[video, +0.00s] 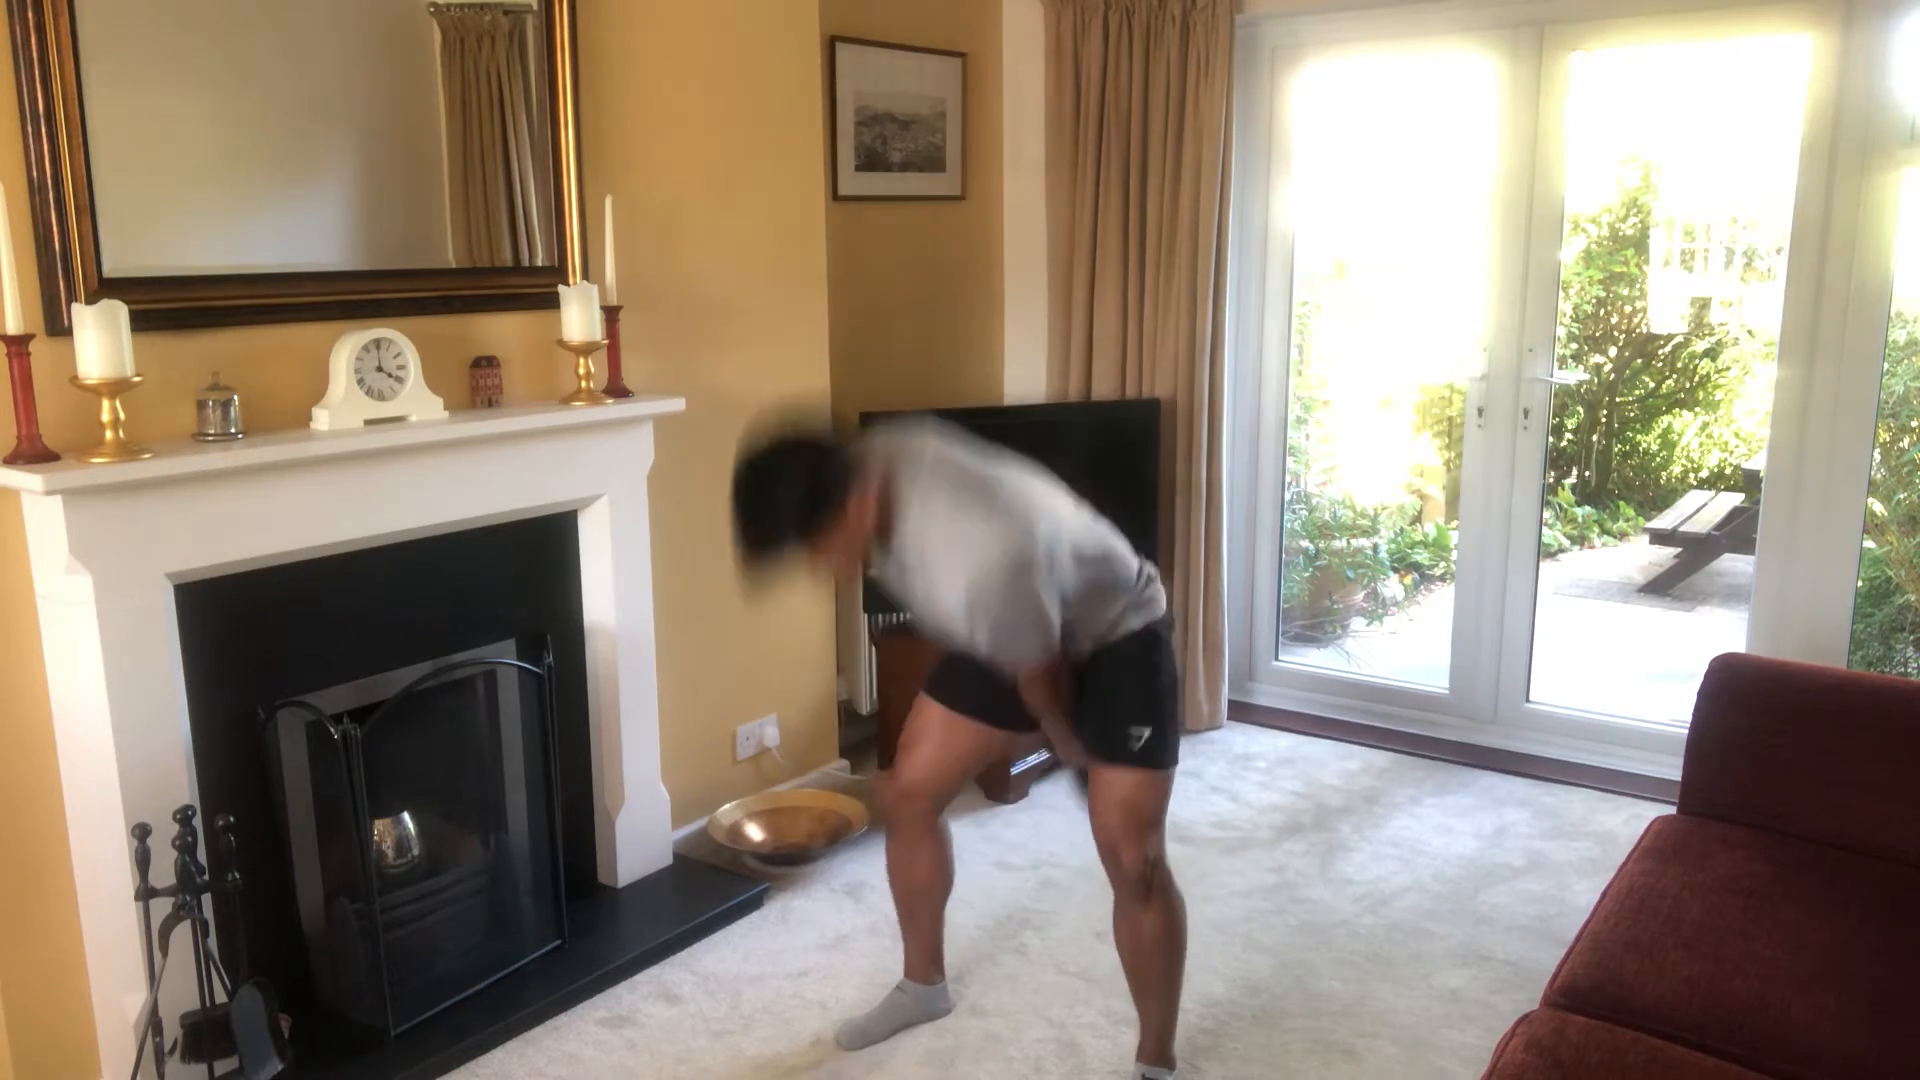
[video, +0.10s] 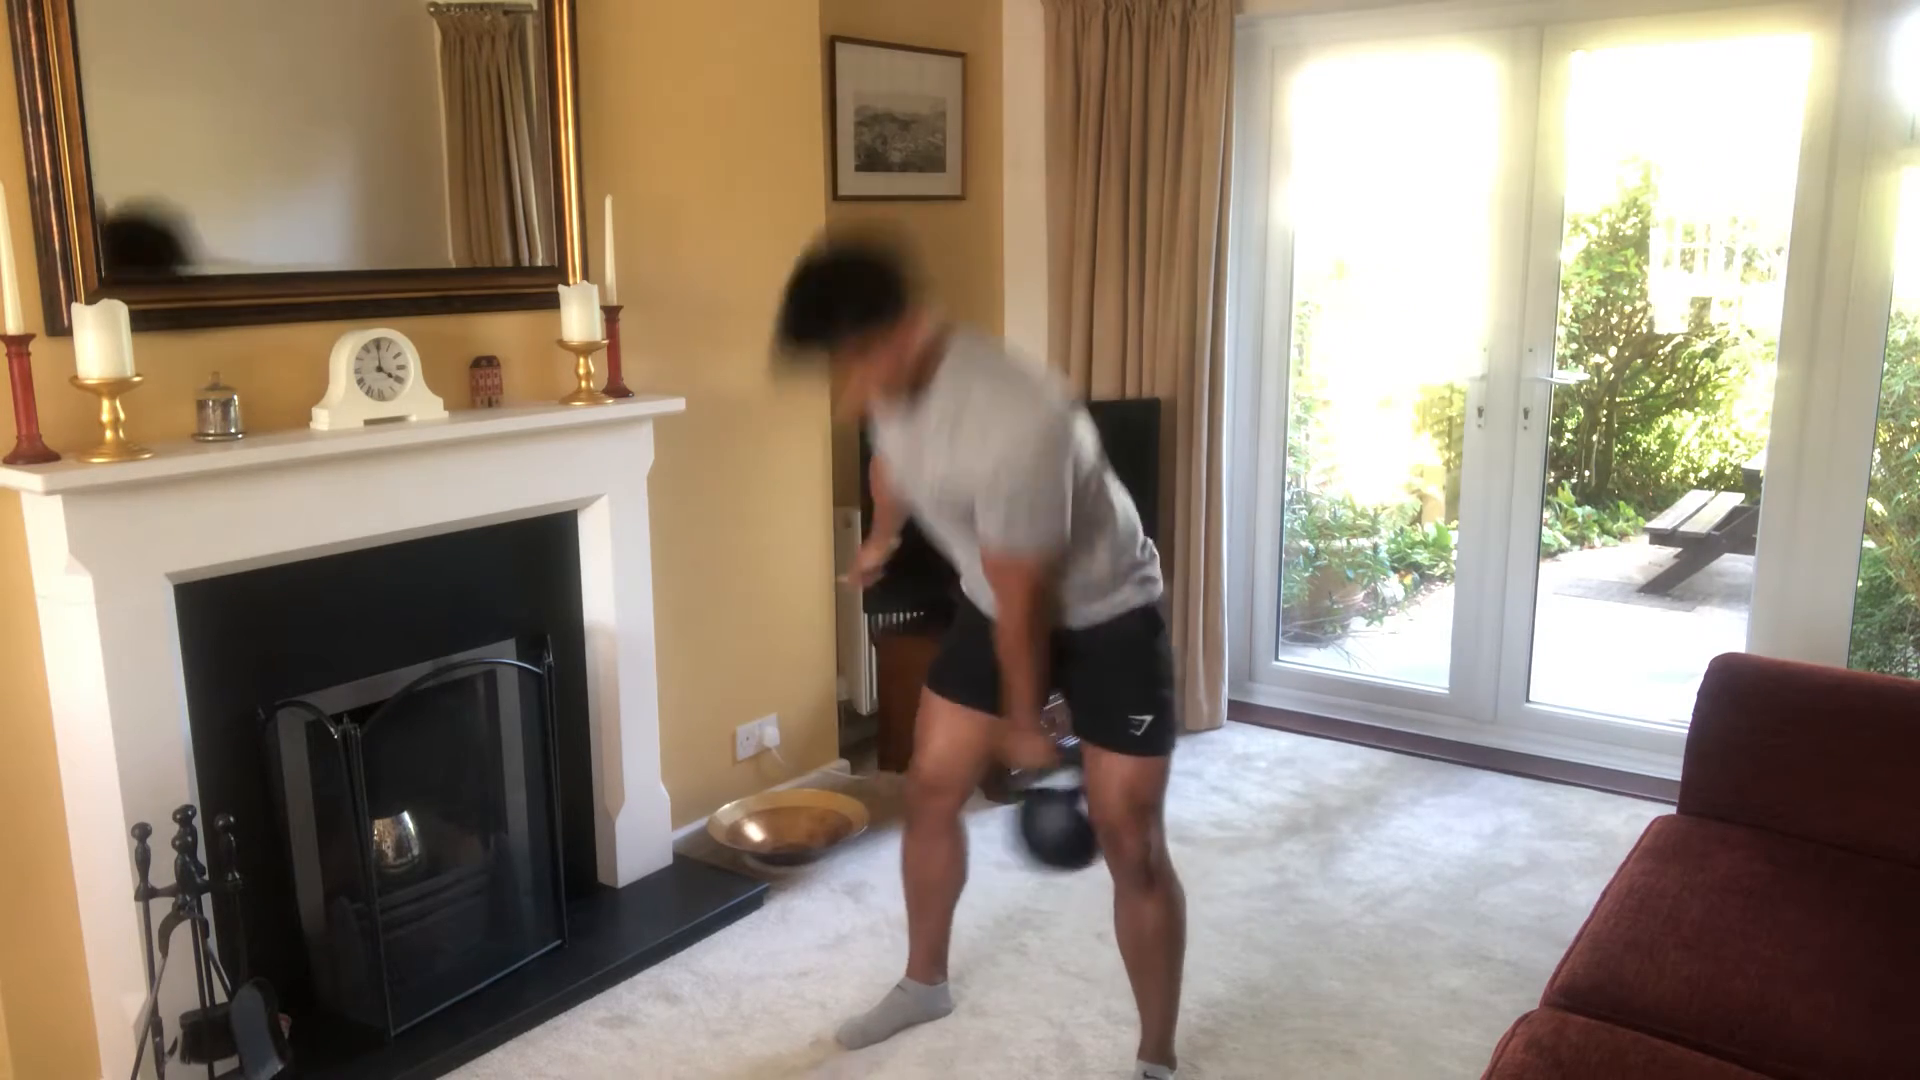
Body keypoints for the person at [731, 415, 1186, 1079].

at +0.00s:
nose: (821, 563)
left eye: (815, 544)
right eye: (807, 551)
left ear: (845, 509)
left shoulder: (976, 555)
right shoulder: (878, 458)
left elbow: (1041, 683)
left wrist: (1074, 752)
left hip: (1116, 628)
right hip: (1012, 620)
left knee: (1133, 857)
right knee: (908, 795)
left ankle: (1156, 1061)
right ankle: (923, 984)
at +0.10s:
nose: (845, 381)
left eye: (849, 359)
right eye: (835, 363)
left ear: (898, 327)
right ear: (866, 341)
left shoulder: (1014, 412)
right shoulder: (893, 383)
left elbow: (1023, 598)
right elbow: (892, 461)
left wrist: (1023, 723)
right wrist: (883, 536)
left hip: (1106, 616)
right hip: (999, 607)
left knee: (1131, 843)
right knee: (930, 790)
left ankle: (1157, 1055)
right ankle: (925, 982)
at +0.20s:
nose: (913, 272)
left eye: (928, 249)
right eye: (904, 253)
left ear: (985, 227)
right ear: (905, 243)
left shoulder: (1055, 334)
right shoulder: (932, 321)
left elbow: (1007, 516)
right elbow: (912, 430)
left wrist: (964, 669)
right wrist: (856, 526)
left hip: (1092, 601)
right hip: (987, 591)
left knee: (1114, 830)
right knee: (951, 782)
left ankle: (1153, 1056)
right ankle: (928, 982)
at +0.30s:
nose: (964, 244)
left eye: (978, 221)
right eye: (951, 226)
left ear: (1035, 207)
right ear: (944, 224)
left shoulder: (1096, 318)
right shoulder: (960, 320)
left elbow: (1013, 455)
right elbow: (919, 433)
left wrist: (914, 585)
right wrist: (847, 523)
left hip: (1083, 609)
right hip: (972, 598)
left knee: (1115, 833)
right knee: (956, 800)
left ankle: (1153, 1051)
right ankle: (928, 982)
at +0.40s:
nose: (986, 233)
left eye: (1002, 211)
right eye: (973, 216)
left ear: (1057, 202)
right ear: (965, 214)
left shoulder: (1107, 311)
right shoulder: (968, 319)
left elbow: (1012, 400)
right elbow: (937, 436)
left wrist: (886, 485)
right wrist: (869, 508)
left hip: (1080, 610)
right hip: (971, 599)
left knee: (1112, 837)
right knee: (957, 800)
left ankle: (1152, 1052)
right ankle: (928, 981)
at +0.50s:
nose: (990, 223)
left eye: (1007, 201)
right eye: (978, 206)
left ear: (1063, 198)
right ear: (972, 209)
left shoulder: (1110, 307)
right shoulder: (978, 319)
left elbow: (998, 362)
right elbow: (950, 448)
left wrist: (837, 382)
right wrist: (880, 547)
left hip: (1077, 614)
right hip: (967, 606)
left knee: (1111, 833)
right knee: (957, 800)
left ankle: (1152, 1051)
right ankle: (928, 981)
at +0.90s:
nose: (983, 237)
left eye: (1000, 214)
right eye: (970, 219)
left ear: (1054, 203)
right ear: (963, 217)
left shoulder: (1102, 312)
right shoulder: (968, 323)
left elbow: (1004, 399)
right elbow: (949, 458)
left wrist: (853, 464)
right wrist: (902, 558)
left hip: (1079, 616)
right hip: (968, 606)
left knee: (1109, 835)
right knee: (952, 803)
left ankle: (1151, 1054)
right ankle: (928, 980)